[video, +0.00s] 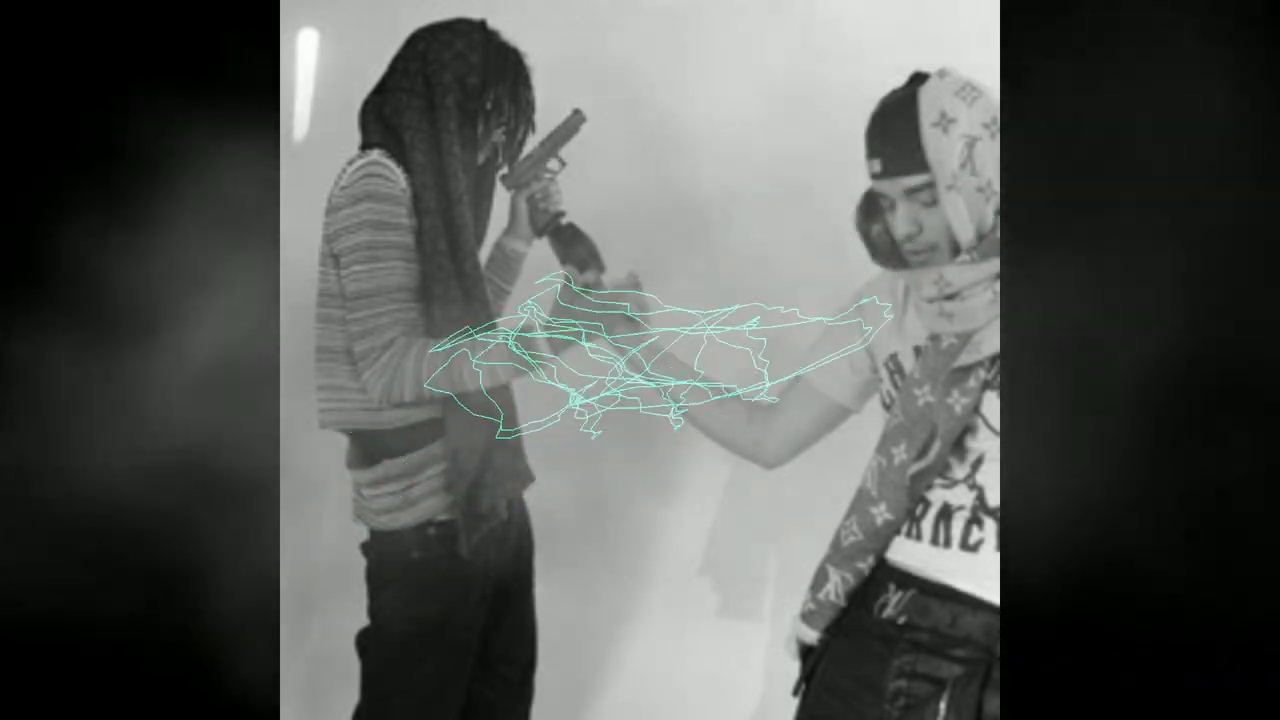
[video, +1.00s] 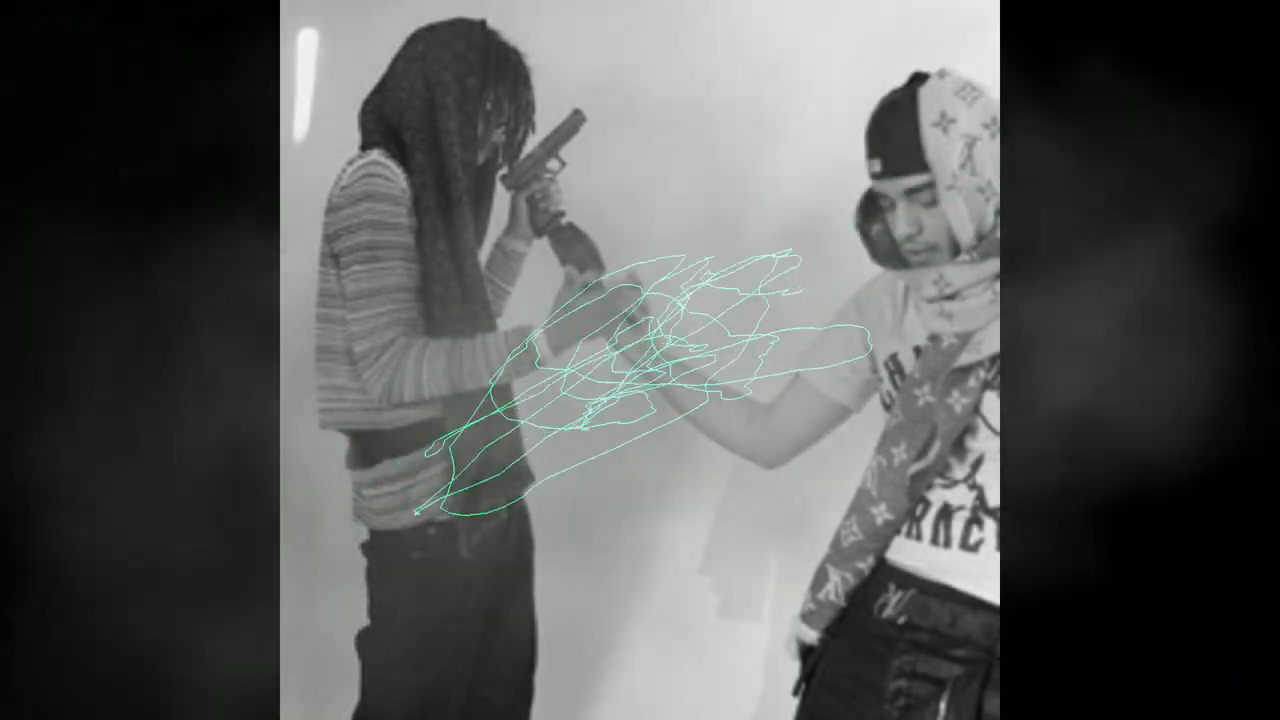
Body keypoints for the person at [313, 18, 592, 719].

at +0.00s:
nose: (499, 148)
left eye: (505, 127)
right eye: (492, 123)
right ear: (449, 108)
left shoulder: (427, 192)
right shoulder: (377, 182)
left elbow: (461, 333)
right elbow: (389, 371)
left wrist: (517, 236)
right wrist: (538, 343)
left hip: (488, 505)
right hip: (425, 522)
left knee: (500, 701)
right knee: (413, 705)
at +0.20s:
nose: (502, 146)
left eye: (509, 125)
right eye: (495, 121)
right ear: (449, 109)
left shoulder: (428, 191)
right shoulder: (377, 183)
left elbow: (461, 332)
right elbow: (389, 369)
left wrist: (517, 235)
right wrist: (548, 339)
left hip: (487, 491)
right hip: (423, 507)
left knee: (499, 695)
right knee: (414, 701)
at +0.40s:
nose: (499, 146)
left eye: (506, 127)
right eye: (494, 122)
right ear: (451, 109)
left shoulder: (423, 191)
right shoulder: (377, 183)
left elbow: (460, 330)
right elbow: (388, 368)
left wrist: (518, 235)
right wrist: (547, 340)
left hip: (483, 500)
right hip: (424, 518)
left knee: (500, 700)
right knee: (412, 705)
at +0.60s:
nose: (499, 146)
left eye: (506, 127)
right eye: (493, 122)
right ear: (449, 110)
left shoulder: (427, 192)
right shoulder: (377, 183)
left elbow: (464, 331)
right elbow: (388, 371)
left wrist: (518, 234)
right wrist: (550, 338)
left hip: (488, 503)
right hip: (423, 521)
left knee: (501, 699)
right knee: (410, 705)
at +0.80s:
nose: (498, 146)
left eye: (506, 127)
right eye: (492, 122)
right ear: (448, 109)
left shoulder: (428, 191)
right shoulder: (377, 184)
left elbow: (463, 331)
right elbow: (388, 370)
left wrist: (518, 234)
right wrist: (547, 339)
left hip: (486, 501)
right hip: (422, 516)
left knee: (502, 699)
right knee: (411, 704)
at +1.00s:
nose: (498, 144)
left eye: (504, 124)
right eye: (490, 120)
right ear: (445, 108)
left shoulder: (429, 191)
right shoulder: (377, 183)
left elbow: (464, 335)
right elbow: (387, 370)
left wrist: (518, 234)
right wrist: (546, 343)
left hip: (488, 495)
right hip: (422, 509)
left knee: (499, 697)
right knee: (413, 702)